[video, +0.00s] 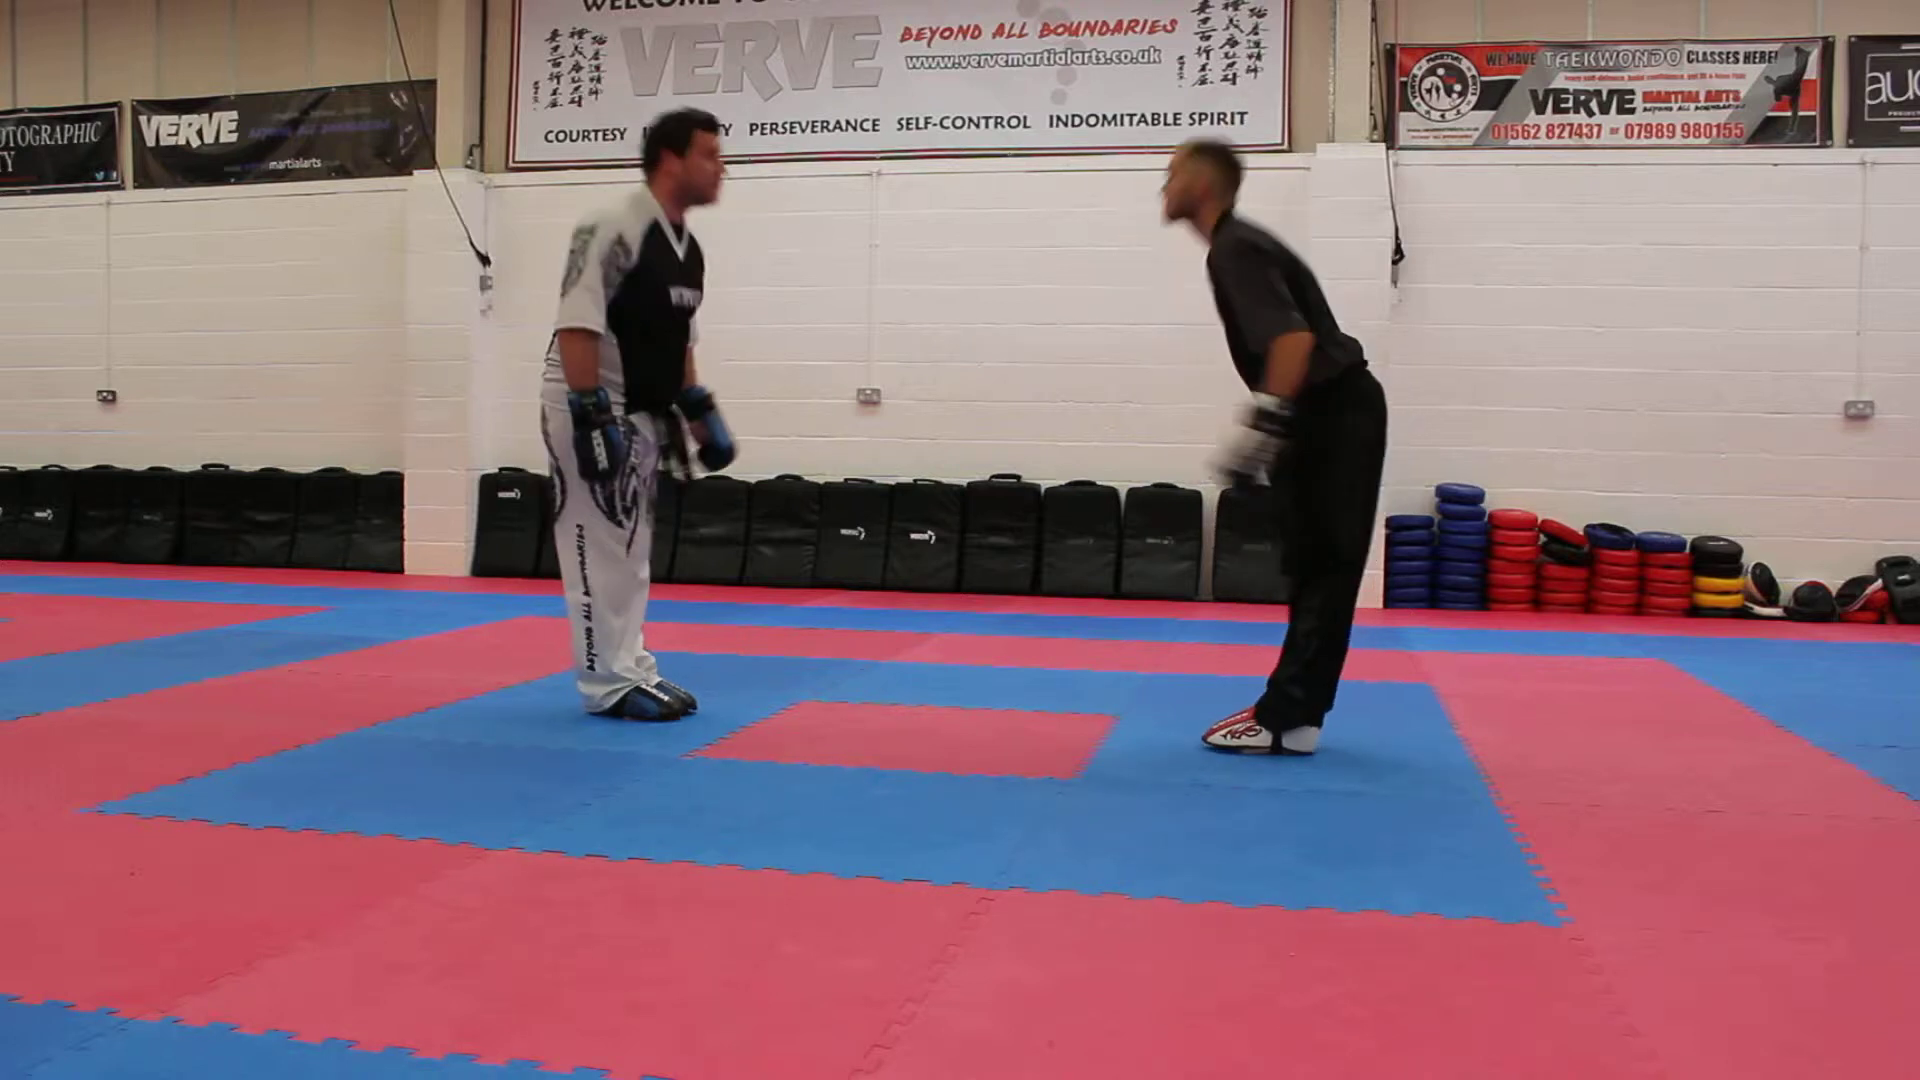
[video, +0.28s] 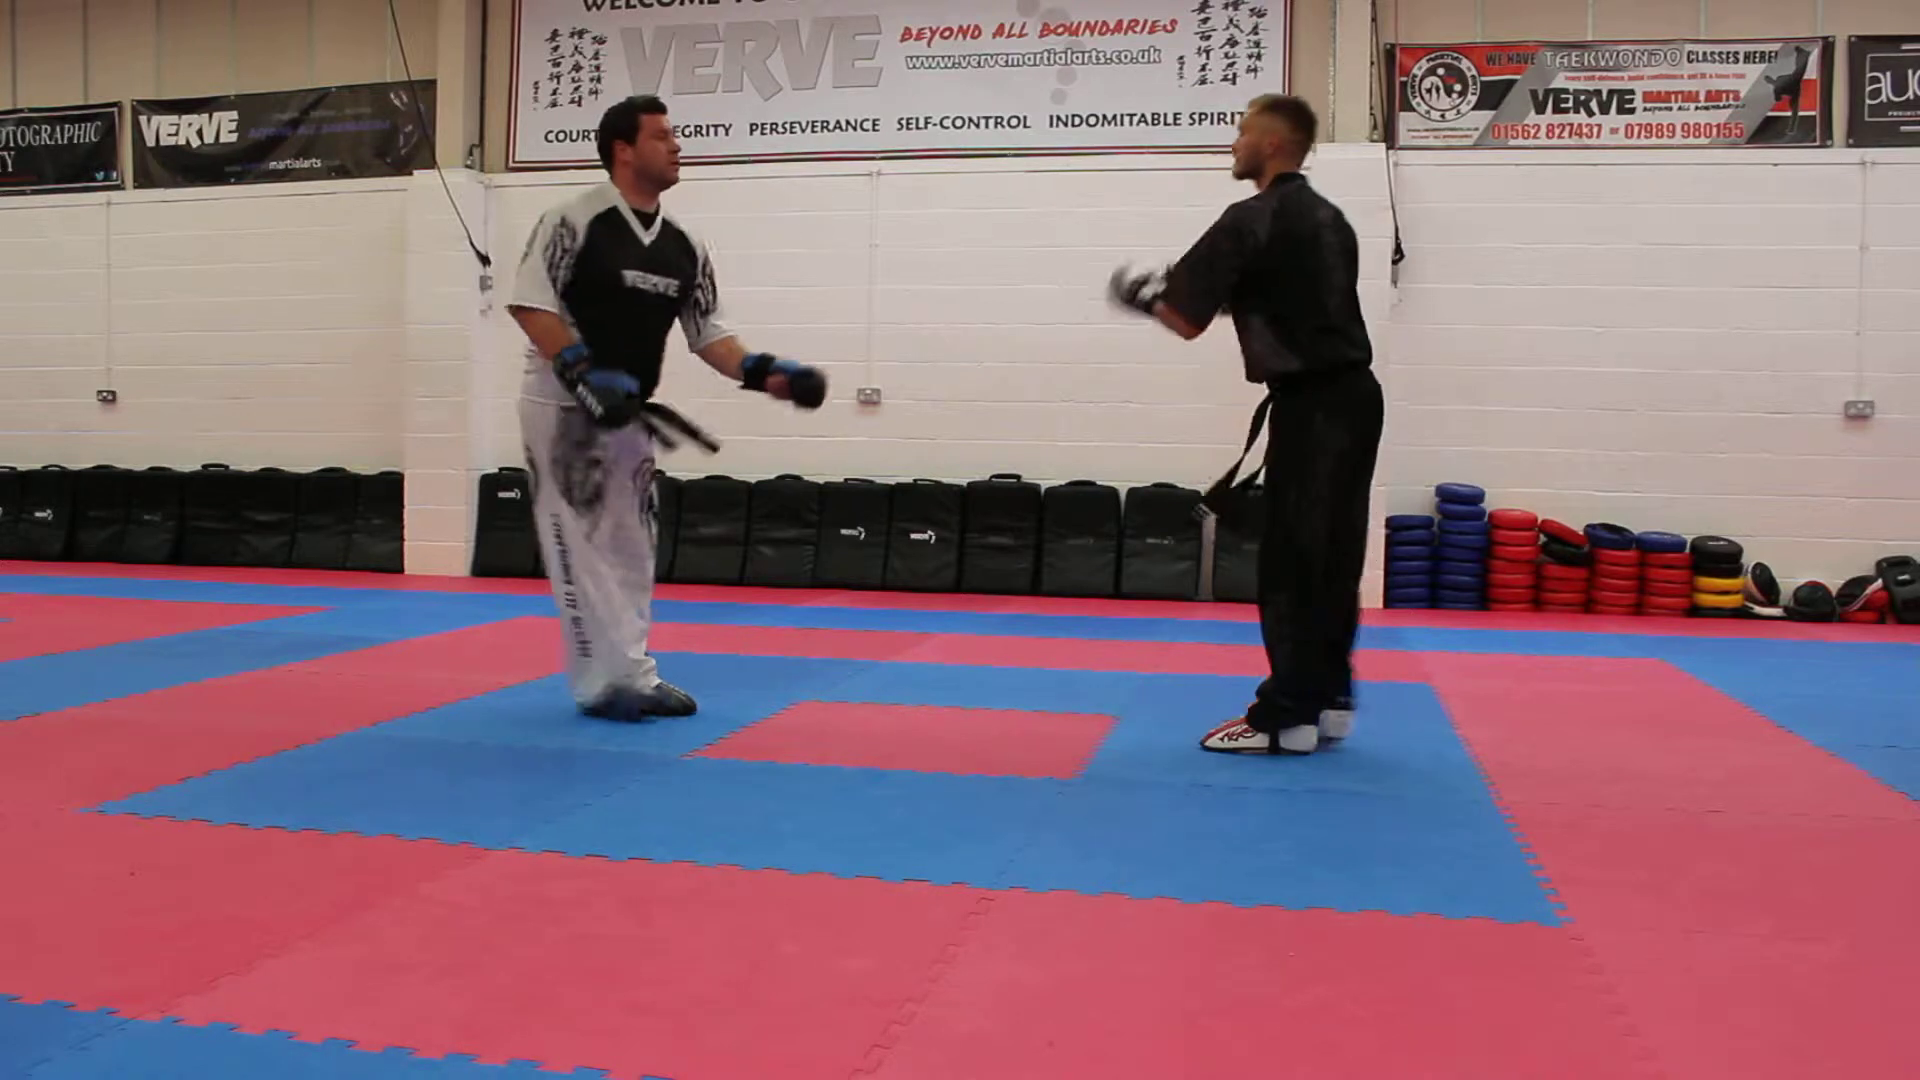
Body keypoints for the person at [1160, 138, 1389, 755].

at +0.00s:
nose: (1164, 186)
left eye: (1173, 174)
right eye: (1168, 174)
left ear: (1204, 182)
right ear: (1207, 183)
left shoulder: (1236, 249)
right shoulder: (1237, 245)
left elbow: (1293, 339)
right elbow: (1297, 338)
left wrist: (1263, 424)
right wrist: (1272, 424)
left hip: (1337, 407)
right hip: (1331, 406)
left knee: (1323, 562)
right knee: (1320, 562)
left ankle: (1289, 714)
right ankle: (1296, 712)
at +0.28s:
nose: (1234, 143)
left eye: (1243, 131)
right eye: (1238, 130)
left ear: (1272, 143)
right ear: (1292, 148)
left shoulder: (1249, 221)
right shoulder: (1331, 218)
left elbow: (1186, 320)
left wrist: (1141, 294)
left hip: (1307, 406)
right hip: (1355, 401)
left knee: (1289, 555)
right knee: (1333, 552)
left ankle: (1286, 716)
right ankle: (1327, 700)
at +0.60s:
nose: (1282, 158)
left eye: (1290, 148)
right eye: (1287, 147)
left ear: (1321, 162)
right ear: (1342, 168)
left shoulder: (1286, 244)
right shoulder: (1390, 248)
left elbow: (1260, 351)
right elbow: (1388, 350)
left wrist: (1205, 318)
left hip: (1303, 433)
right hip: (1374, 432)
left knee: (1248, 550)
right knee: (1390, 568)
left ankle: (1268, 693)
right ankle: (1428, 709)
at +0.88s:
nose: (1269, 149)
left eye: (1278, 137)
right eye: (1273, 137)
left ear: (1309, 146)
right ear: (1330, 150)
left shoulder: (1275, 230)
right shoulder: (1387, 232)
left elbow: (1254, 341)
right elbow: (1397, 337)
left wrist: (1197, 313)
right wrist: (1315, 321)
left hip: (1295, 414)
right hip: (1370, 413)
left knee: (1245, 548)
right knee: (1394, 555)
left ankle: (1186, 696)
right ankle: (1412, 709)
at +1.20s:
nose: (1232, 163)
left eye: (1241, 152)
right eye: (1237, 151)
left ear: (1270, 162)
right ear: (1296, 168)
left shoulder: (1213, 231)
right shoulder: (1327, 252)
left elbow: (1160, 324)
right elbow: (1336, 360)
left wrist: (1135, 295)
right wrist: (1278, 342)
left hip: (1208, 419)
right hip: (1281, 423)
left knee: (1187, 548)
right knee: (1288, 552)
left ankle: (1166, 697)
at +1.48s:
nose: (1164, 149)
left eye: (1174, 138)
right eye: (1170, 137)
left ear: (1196, 149)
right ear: (1224, 154)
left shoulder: (1153, 205)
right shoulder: (1243, 244)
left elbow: (1074, 252)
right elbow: (1232, 345)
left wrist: (1016, 216)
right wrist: (1169, 318)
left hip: (1079, 351)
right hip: (1137, 395)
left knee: (1017, 320)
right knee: (1146, 526)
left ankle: (931, 412)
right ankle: (1145, 684)